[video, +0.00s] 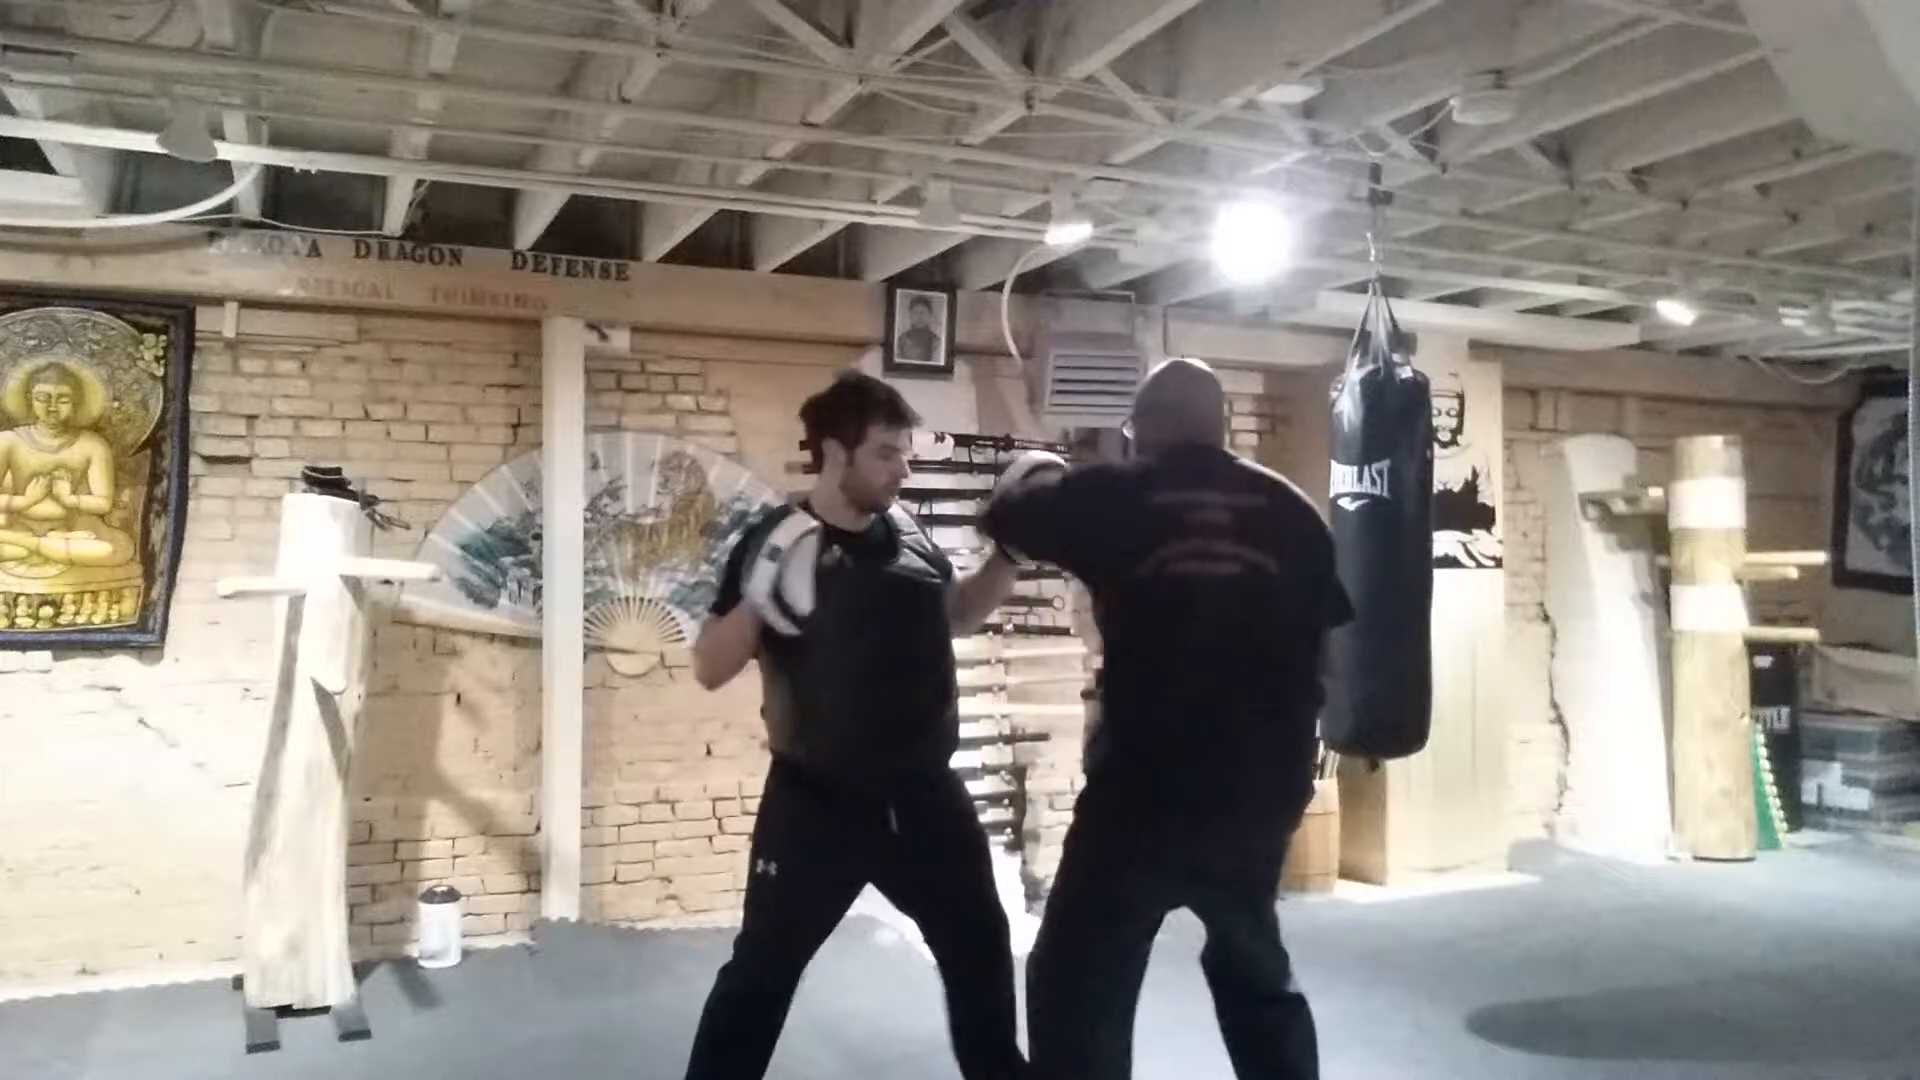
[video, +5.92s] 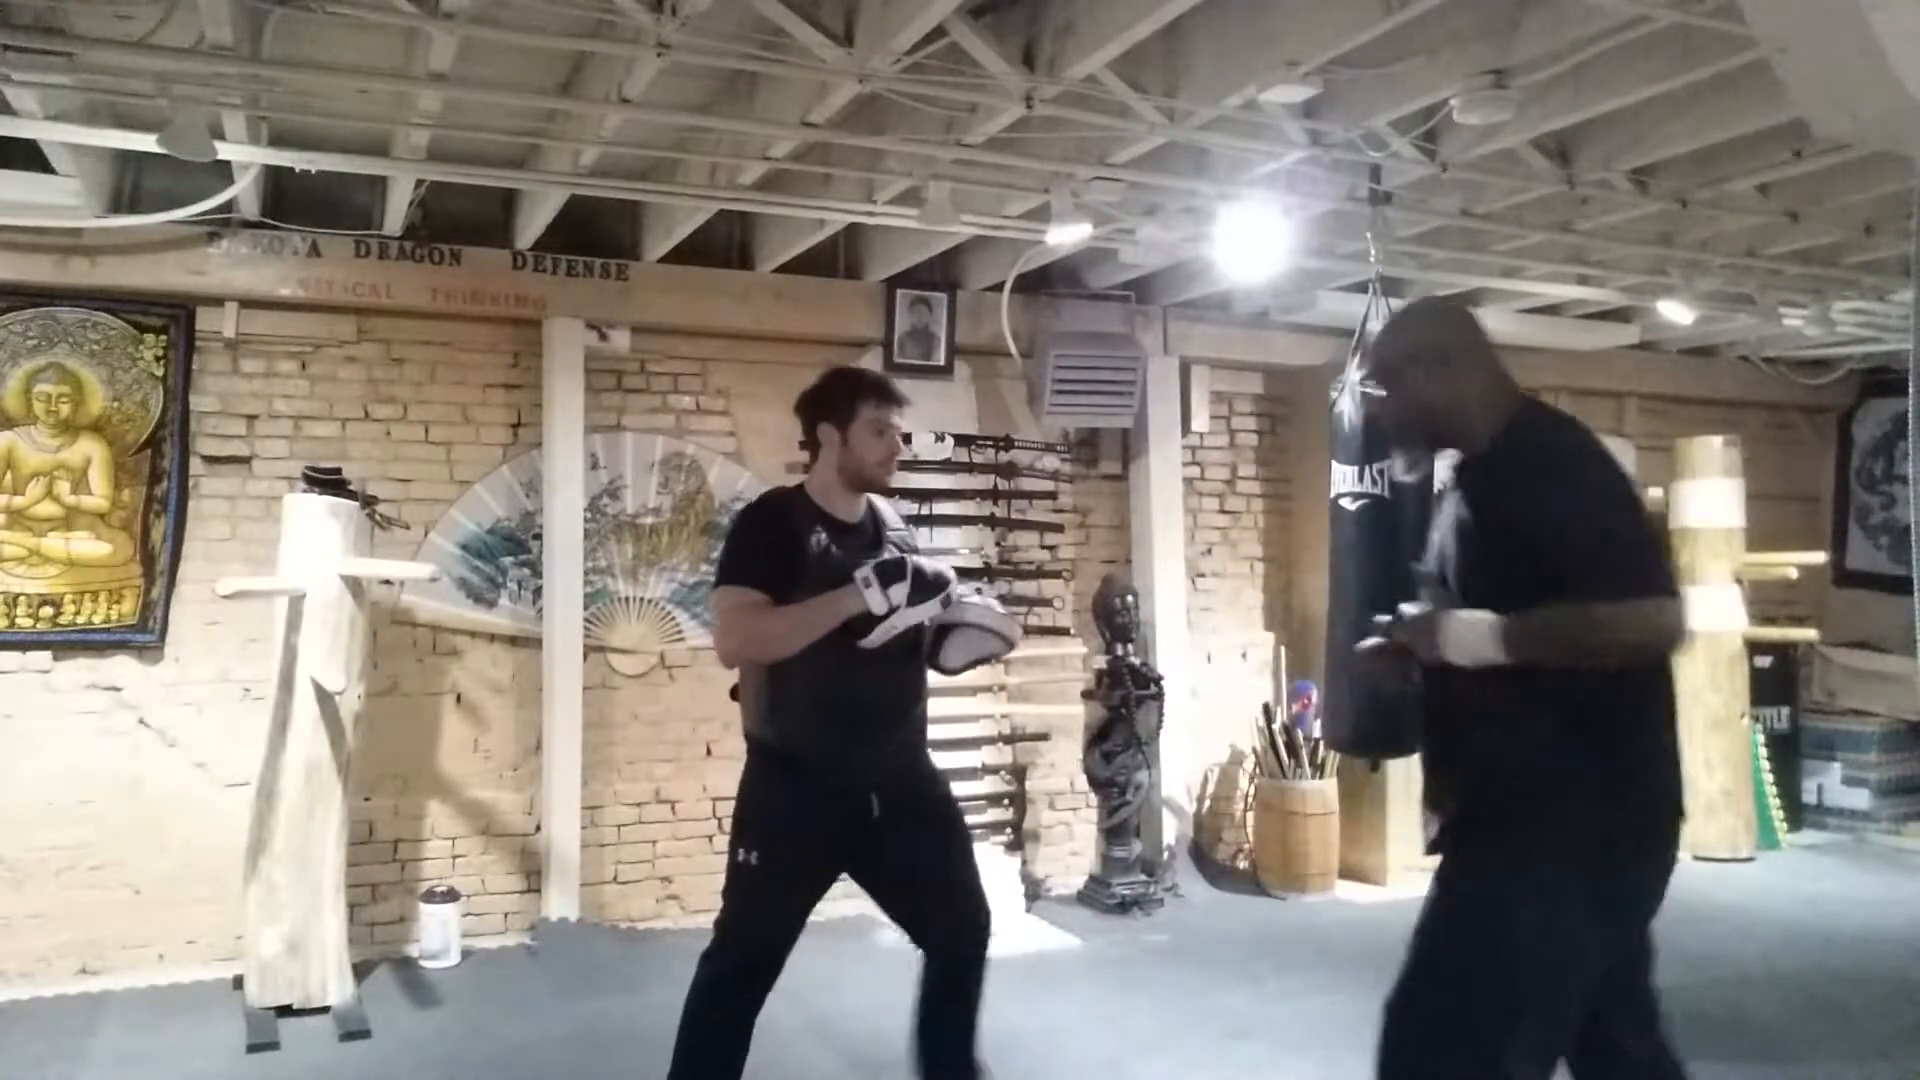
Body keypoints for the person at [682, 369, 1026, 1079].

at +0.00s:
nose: (904, 469)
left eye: (907, 453)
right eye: (887, 452)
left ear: (902, 455)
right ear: (833, 453)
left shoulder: (904, 533)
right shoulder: (772, 541)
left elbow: (959, 613)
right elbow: (711, 668)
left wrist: (1014, 539)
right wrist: (764, 586)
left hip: (922, 799)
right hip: (813, 803)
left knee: (981, 955)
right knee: (760, 976)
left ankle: (997, 1076)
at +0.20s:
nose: (930, 460)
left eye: (934, 445)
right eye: (917, 442)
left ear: (926, 449)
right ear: (864, 443)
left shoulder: (925, 530)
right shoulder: (806, 529)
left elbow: (985, 616)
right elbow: (761, 645)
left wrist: (1016, 530)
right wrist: (849, 550)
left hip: (934, 790)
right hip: (831, 792)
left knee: (988, 952)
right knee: (768, 967)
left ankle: (1005, 1076)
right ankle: (713, 1079)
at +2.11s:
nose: (940, 464)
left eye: (946, 451)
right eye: (925, 449)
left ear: (950, 455)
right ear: (877, 450)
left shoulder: (966, 539)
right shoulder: (836, 532)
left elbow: (1026, 610)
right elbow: (808, 636)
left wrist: (1062, 536)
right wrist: (888, 541)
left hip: (966, 796)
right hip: (863, 797)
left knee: (1022, 948)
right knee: (799, 971)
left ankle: (1033, 1076)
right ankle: (733, 1079)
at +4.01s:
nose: (1002, 459)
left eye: (1006, 446)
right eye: (992, 443)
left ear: (997, 453)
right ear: (943, 441)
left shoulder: (999, 533)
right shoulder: (897, 517)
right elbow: (898, 596)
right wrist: (980, 505)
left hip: (998, 788)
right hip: (904, 789)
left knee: (1054, 957)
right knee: (830, 959)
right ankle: (732, 1076)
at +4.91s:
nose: (967, 487)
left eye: (970, 471)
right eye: (957, 469)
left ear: (914, 466)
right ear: (904, 462)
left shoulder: (944, 550)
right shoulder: (830, 532)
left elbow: (961, 651)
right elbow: (820, 650)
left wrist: (1015, 598)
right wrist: (940, 578)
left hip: (940, 800)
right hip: (839, 802)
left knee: (1002, 963)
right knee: (773, 977)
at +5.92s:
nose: (899, 444)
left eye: (899, 430)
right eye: (882, 429)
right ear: (828, 435)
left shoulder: (889, 527)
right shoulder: (767, 521)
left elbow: (908, 643)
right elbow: (735, 638)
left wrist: (963, 634)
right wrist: (862, 594)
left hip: (897, 783)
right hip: (794, 786)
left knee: (960, 932)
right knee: (741, 964)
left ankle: (949, 1071)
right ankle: (695, 1079)